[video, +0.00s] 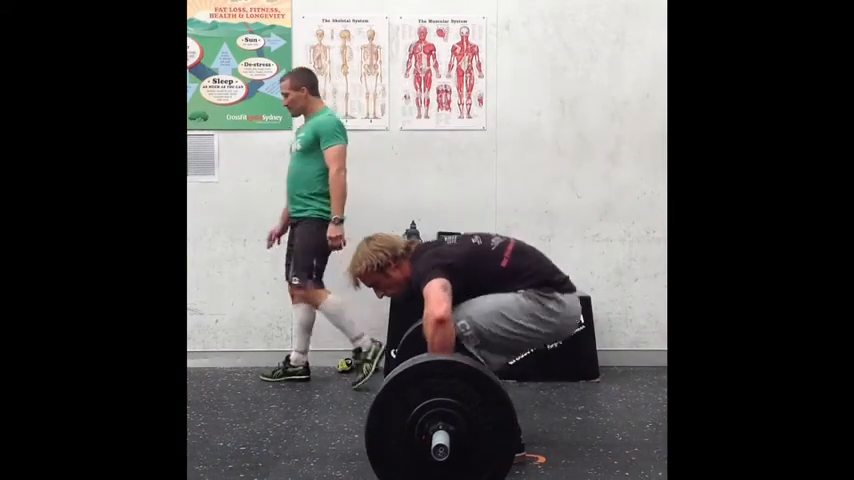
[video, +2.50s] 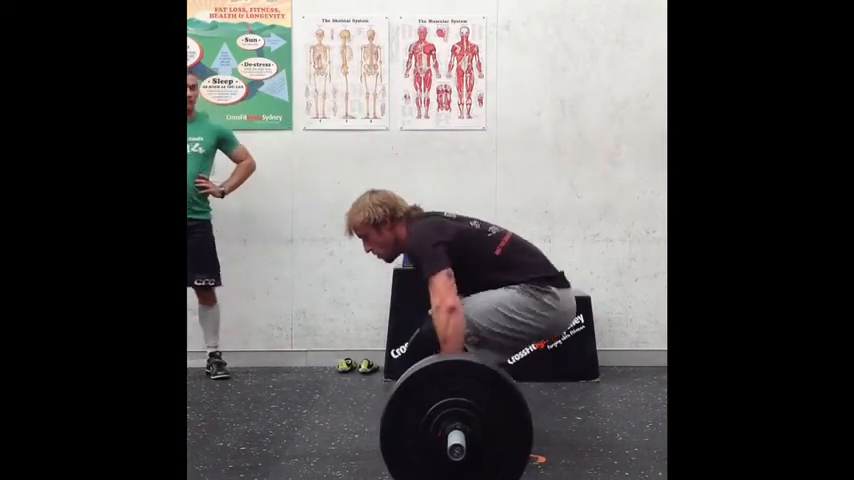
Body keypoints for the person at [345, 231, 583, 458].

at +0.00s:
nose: (381, 294)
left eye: (377, 286)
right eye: (375, 289)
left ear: (391, 267)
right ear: (393, 263)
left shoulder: (428, 262)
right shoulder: (427, 257)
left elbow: (439, 316)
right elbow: (441, 317)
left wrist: (438, 388)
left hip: (550, 303)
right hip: (547, 299)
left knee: (448, 332)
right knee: (442, 331)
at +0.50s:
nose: (383, 306)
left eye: (379, 297)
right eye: (377, 300)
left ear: (394, 279)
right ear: (397, 276)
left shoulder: (430, 275)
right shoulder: (436, 268)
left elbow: (433, 319)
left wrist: (438, 387)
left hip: (546, 343)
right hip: (545, 339)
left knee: (442, 339)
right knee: (438, 337)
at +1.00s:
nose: (386, 305)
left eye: (384, 295)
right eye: (381, 298)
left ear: (400, 278)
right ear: (402, 276)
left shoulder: (432, 276)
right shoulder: (441, 269)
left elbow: (435, 320)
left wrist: (440, 387)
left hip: (546, 353)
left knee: (444, 341)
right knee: (447, 340)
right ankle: (504, 438)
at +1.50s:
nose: (387, 303)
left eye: (385, 294)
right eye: (381, 297)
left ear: (402, 277)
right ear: (404, 275)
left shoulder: (433, 278)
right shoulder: (440, 270)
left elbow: (437, 319)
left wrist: (441, 387)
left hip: (546, 357)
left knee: (442, 340)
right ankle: (503, 436)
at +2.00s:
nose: (385, 301)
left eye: (383, 291)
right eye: (379, 294)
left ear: (401, 276)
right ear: (403, 274)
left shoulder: (430, 276)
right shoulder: (437, 269)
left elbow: (434, 317)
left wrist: (447, 384)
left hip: (545, 358)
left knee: (444, 339)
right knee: (439, 339)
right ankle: (500, 440)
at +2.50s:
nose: (367, 249)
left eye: (365, 238)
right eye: (362, 241)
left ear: (386, 224)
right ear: (388, 224)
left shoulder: (423, 236)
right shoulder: (426, 229)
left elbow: (449, 308)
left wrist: (449, 379)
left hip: (543, 297)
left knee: (442, 325)